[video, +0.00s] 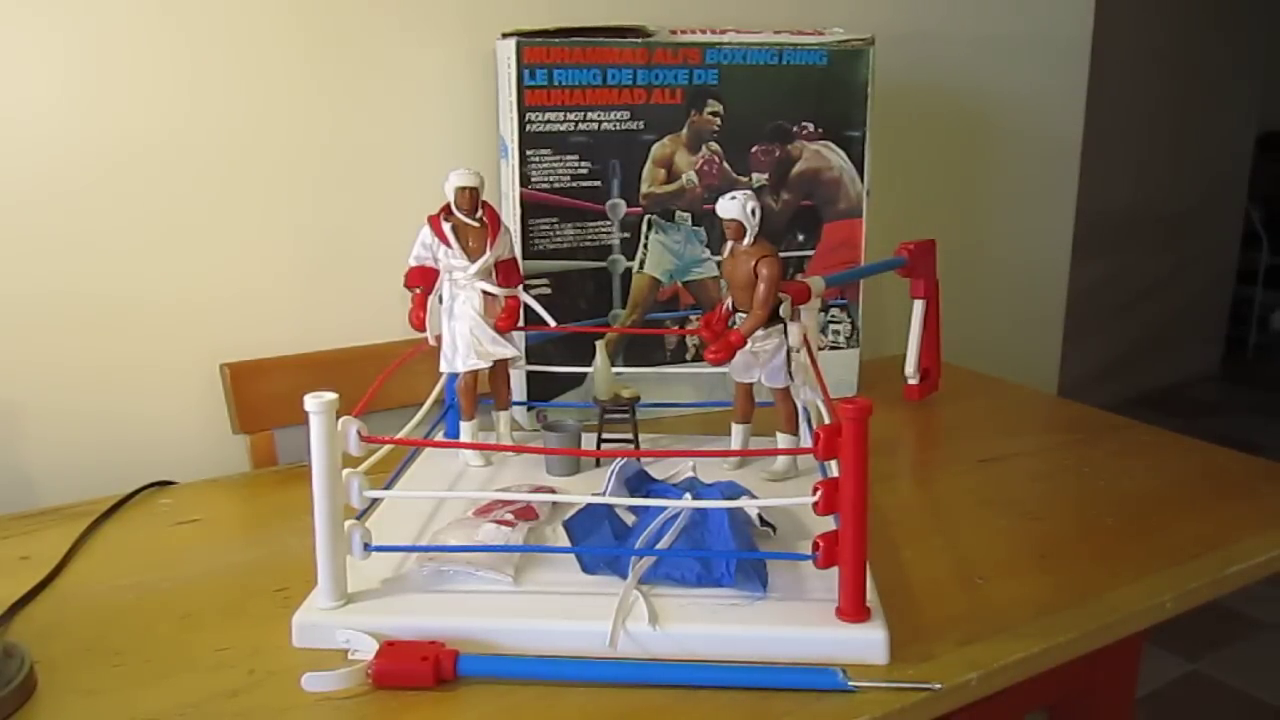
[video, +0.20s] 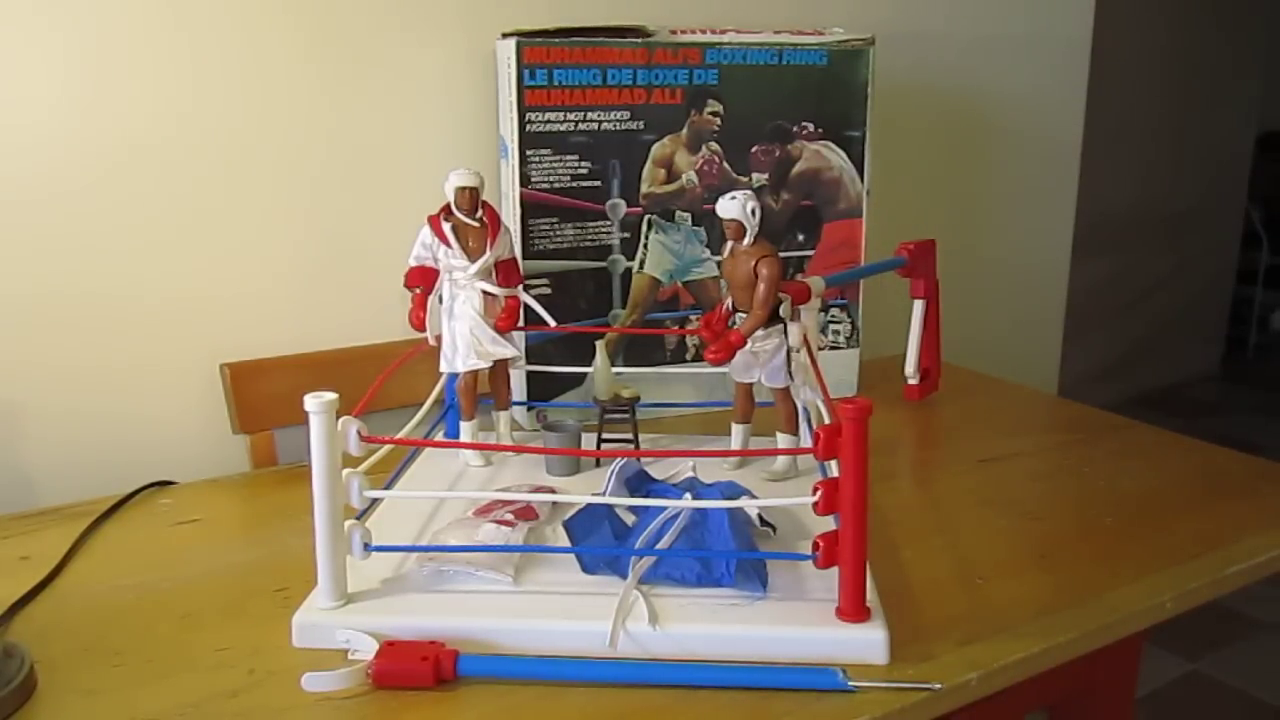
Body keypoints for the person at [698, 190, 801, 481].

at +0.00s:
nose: (725, 227)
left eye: (730, 222)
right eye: (723, 222)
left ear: (747, 223)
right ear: (724, 222)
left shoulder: (767, 261)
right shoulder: (729, 249)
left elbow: (761, 313)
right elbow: (733, 292)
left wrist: (735, 338)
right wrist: (719, 316)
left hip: (770, 332)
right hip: (742, 328)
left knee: (780, 390)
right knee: (742, 386)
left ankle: (787, 456)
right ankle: (738, 450)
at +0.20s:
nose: (725, 227)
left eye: (730, 222)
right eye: (723, 222)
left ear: (747, 223)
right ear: (724, 222)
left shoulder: (767, 261)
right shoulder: (729, 249)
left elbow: (761, 313)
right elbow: (733, 292)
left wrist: (735, 338)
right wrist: (719, 316)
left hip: (769, 332)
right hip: (742, 328)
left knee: (780, 390)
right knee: (742, 386)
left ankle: (787, 456)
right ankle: (738, 450)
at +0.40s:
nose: (725, 227)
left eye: (730, 222)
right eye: (723, 222)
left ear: (747, 223)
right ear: (724, 222)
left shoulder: (767, 261)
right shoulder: (729, 249)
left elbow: (761, 313)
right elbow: (733, 292)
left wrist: (735, 338)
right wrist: (719, 316)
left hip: (769, 332)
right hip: (742, 328)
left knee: (780, 390)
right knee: (742, 385)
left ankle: (787, 456)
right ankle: (738, 450)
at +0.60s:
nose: (725, 227)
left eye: (730, 222)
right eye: (723, 221)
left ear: (748, 222)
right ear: (724, 222)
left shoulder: (766, 260)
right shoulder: (729, 250)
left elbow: (761, 312)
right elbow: (736, 293)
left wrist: (735, 339)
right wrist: (720, 316)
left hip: (769, 333)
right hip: (743, 329)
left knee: (780, 390)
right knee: (742, 385)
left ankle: (787, 456)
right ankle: (738, 449)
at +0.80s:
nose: (725, 227)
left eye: (730, 222)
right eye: (724, 222)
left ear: (748, 222)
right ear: (724, 222)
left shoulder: (767, 260)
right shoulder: (730, 249)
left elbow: (761, 313)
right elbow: (736, 291)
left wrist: (735, 338)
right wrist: (722, 313)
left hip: (770, 333)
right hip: (743, 329)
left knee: (780, 390)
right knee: (742, 385)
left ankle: (787, 456)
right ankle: (738, 450)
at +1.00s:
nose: (725, 228)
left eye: (731, 222)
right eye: (724, 222)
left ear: (748, 222)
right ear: (724, 223)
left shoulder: (767, 260)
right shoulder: (731, 250)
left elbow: (761, 312)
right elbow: (736, 292)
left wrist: (735, 338)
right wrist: (721, 314)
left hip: (769, 333)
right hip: (743, 329)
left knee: (780, 390)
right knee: (742, 385)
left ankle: (787, 456)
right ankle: (738, 449)